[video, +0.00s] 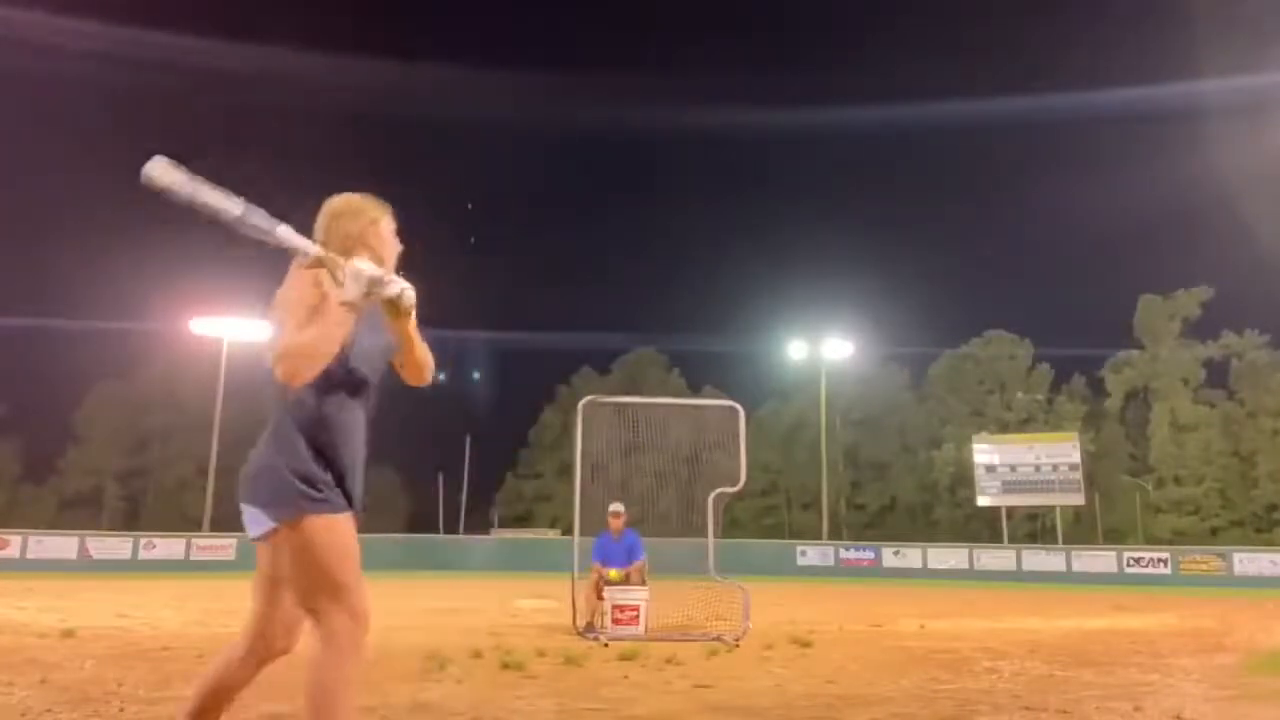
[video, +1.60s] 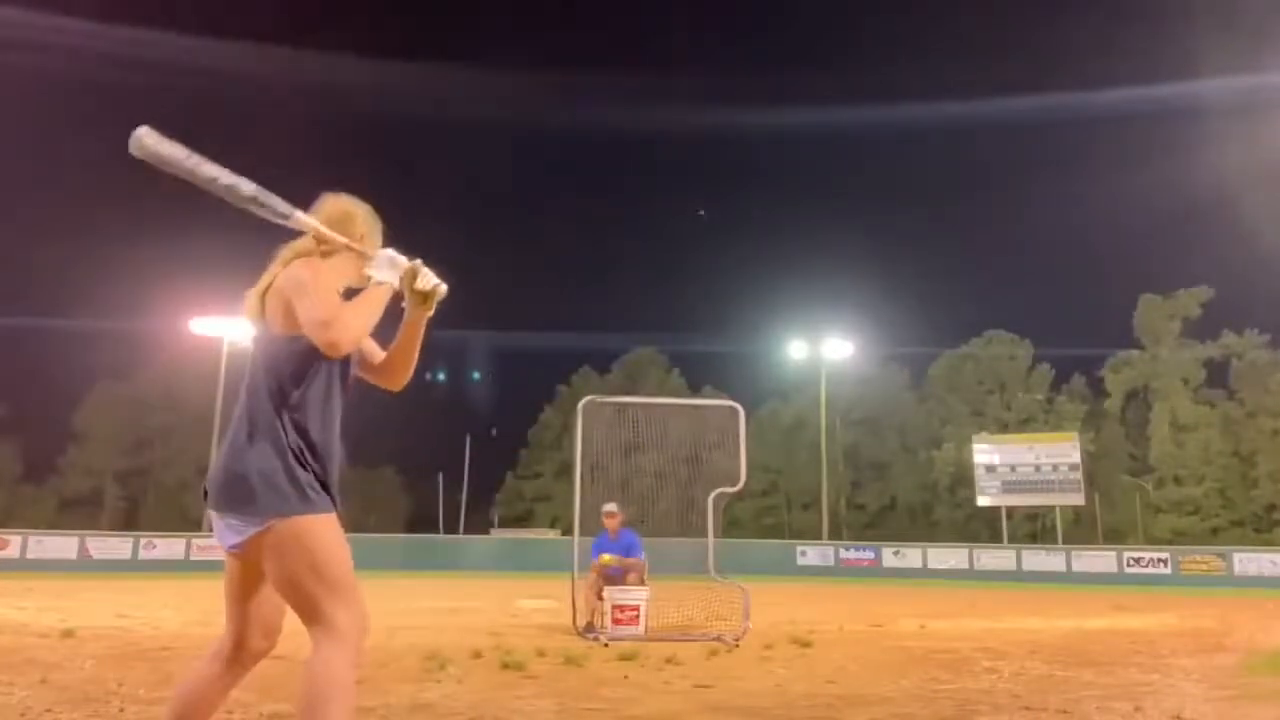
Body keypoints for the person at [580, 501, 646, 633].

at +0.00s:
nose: (615, 520)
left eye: (619, 516)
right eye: (612, 516)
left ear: (625, 518)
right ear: (608, 518)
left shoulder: (632, 537)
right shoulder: (601, 538)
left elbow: (640, 560)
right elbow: (595, 562)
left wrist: (625, 571)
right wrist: (605, 572)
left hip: (626, 571)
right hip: (607, 572)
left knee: (636, 573)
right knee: (593, 579)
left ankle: (635, 618)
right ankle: (589, 621)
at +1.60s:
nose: (610, 520)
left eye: (613, 516)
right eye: (607, 517)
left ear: (621, 517)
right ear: (602, 519)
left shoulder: (631, 537)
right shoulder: (599, 539)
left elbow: (638, 562)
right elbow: (594, 565)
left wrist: (618, 562)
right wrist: (602, 564)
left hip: (624, 574)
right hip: (607, 574)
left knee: (633, 577)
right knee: (592, 579)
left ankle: (631, 620)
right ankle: (589, 621)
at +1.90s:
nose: (603, 521)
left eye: (606, 517)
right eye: (600, 518)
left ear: (613, 517)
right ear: (596, 520)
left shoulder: (625, 536)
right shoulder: (597, 540)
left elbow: (633, 555)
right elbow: (594, 565)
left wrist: (612, 563)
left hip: (625, 574)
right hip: (608, 575)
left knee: (633, 577)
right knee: (592, 580)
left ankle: (632, 620)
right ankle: (590, 622)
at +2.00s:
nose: (599, 523)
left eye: (601, 518)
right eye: (596, 519)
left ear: (609, 519)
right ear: (593, 522)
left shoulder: (621, 535)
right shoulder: (595, 541)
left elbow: (636, 554)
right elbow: (591, 566)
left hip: (622, 573)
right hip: (603, 574)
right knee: (590, 582)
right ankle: (589, 622)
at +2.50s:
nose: (598, 524)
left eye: (601, 520)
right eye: (595, 521)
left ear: (608, 520)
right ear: (592, 524)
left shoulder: (622, 534)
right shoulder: (596, 540)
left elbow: (642, 545)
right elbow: (592, 563)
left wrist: (641, 568)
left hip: (623, 572)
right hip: (605, 573)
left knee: (629, 577)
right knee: (592, 580)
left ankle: (627, 620)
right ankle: (589, 622)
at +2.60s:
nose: (598, 523)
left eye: (601, 519)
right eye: (595, 520)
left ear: (607, 519)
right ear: (591, 523)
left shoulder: (622, 533)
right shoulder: (594, 538)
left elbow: (644, 545)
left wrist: (642, 556)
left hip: (625, 570)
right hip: (605, 572)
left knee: (629, 579)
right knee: (592, 579)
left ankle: (629, 620)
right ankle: (590, 622)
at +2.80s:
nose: (605, 523)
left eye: (607, 518)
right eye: (601, 520)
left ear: (612, 519)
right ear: (596, 523)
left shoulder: (626, 533)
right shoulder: (599, 540)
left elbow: (643, 545)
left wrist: (639, 561)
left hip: (626, 571)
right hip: (608, 572)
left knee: (629, 579)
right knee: (592, 579)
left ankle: (628, 620)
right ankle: (590, 621)